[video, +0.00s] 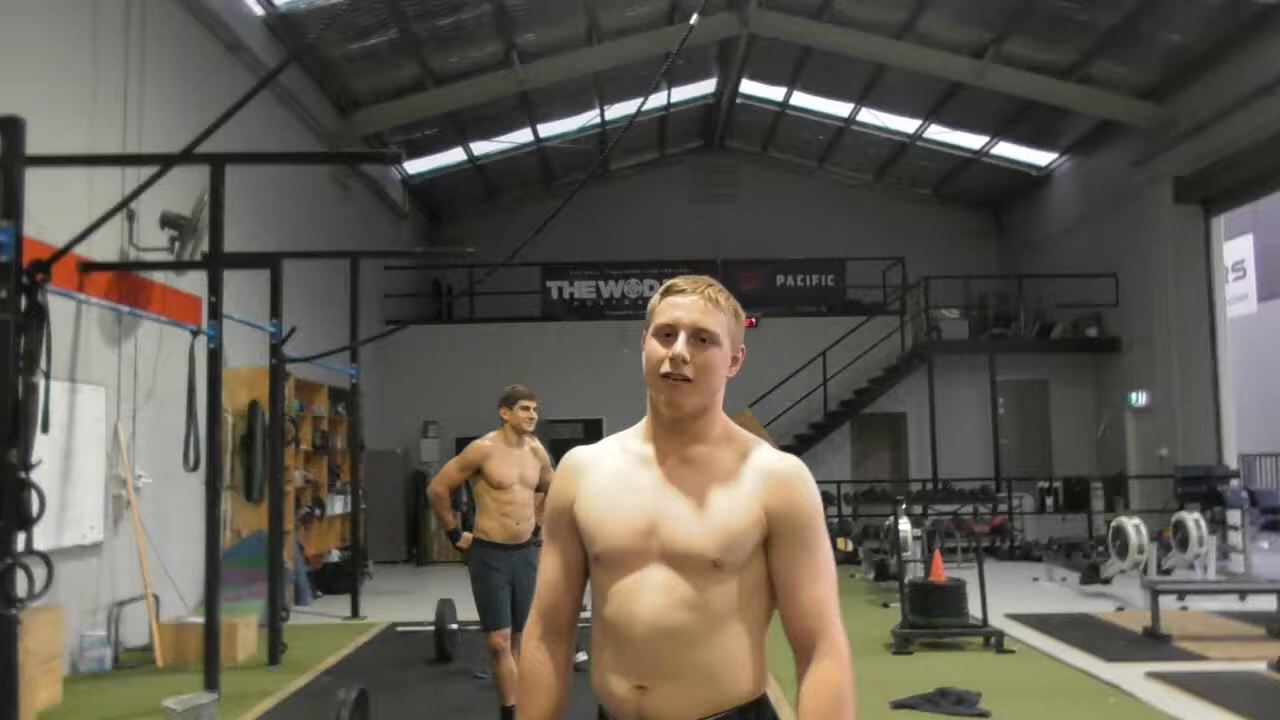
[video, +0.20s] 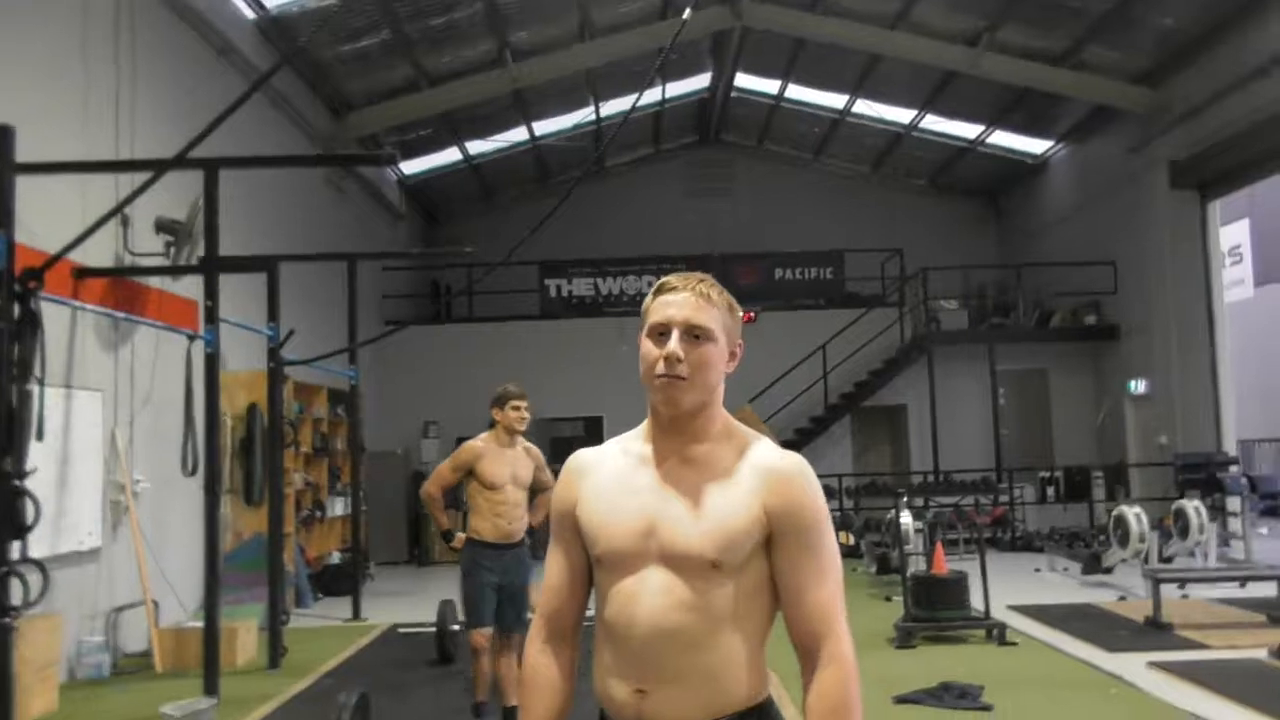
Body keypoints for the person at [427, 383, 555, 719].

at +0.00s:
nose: (532, 415)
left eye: (535, 410)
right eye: (525, 409)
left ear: (535, 415)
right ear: (506, 412)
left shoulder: (538, 452)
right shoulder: (483, 449)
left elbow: (550, 489)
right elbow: (437, 488)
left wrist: (539, 524)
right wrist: (455, 533)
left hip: (527, 552)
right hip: (488, 552)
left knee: (523, 639)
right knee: (500, 642)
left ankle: (525, 705)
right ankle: (509, 709)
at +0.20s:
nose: (524, 415)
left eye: (526, 410)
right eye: (517, 409)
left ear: (528, 415)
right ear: (497, 413)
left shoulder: (531, 453)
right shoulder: (474, 450)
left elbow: (548, 489)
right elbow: (430, 490)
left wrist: (533, 519)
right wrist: (449, 533)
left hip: (517, 551)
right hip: (480, 551)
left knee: (510, 639)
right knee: (481, 640)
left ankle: (511, 710)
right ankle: (481, 707)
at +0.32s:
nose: (486, 424)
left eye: (489, 418)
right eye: (478, 418)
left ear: (491, 423)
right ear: (459, 423)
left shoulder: (495, 462)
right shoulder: (438, 460)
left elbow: (514, 497)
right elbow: (394, 502)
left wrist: (502, 527)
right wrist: (414, 544)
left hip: (485, 563)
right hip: (445, 563)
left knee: (479, 651)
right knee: (435, 656)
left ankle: (483, 715)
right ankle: (422, 712)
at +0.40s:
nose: (470, 427)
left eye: (473, 421)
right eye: (462, 421)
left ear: (475, 426)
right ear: (443, 426)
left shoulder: (479, 464)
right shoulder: (423, 463)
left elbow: (500, 502)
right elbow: (379, 508)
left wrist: (490, 541)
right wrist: (401, 548)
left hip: (472, 568)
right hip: (432, 569)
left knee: (469, 655)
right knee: (415, 659)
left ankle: (474, 716)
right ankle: (395, 714)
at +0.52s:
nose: (444, 420)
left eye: (447, 414)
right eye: (435, 414)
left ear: (451, 420)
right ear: (417, 420)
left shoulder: (456, 459)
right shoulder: (399, 458)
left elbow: (476, 502)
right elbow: (356, 504)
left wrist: (484, 547)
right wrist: (378, 543)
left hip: (452, 563)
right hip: (410, 565)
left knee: (456, 647)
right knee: (396, 655)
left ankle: (466, 713)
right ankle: (380, 714)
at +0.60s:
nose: (430, 411)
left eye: (433, 406)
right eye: (422, 406)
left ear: (438, 412)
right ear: (404, 412)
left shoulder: (445, 452)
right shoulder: (387, 450)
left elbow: (462, 501)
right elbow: (345, 498)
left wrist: (484, 543)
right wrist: (369, 539)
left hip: (442, 556)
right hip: (399, 558)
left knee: (450, 641)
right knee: (389, 646)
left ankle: (464, 711)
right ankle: (376, 712)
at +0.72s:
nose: (408, 398)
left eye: (411, 392)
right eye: (399, 393)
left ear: (416, 398)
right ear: (382, 401)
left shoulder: (427, 438)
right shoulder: (367, 439)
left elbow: (445, 488)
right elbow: (323, 485)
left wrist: (468, 530)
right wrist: (348, 528)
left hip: (426, 542)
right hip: (383, 544)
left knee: (439, 629)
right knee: (377, 634)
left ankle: (459, 703)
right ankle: (370, 708)